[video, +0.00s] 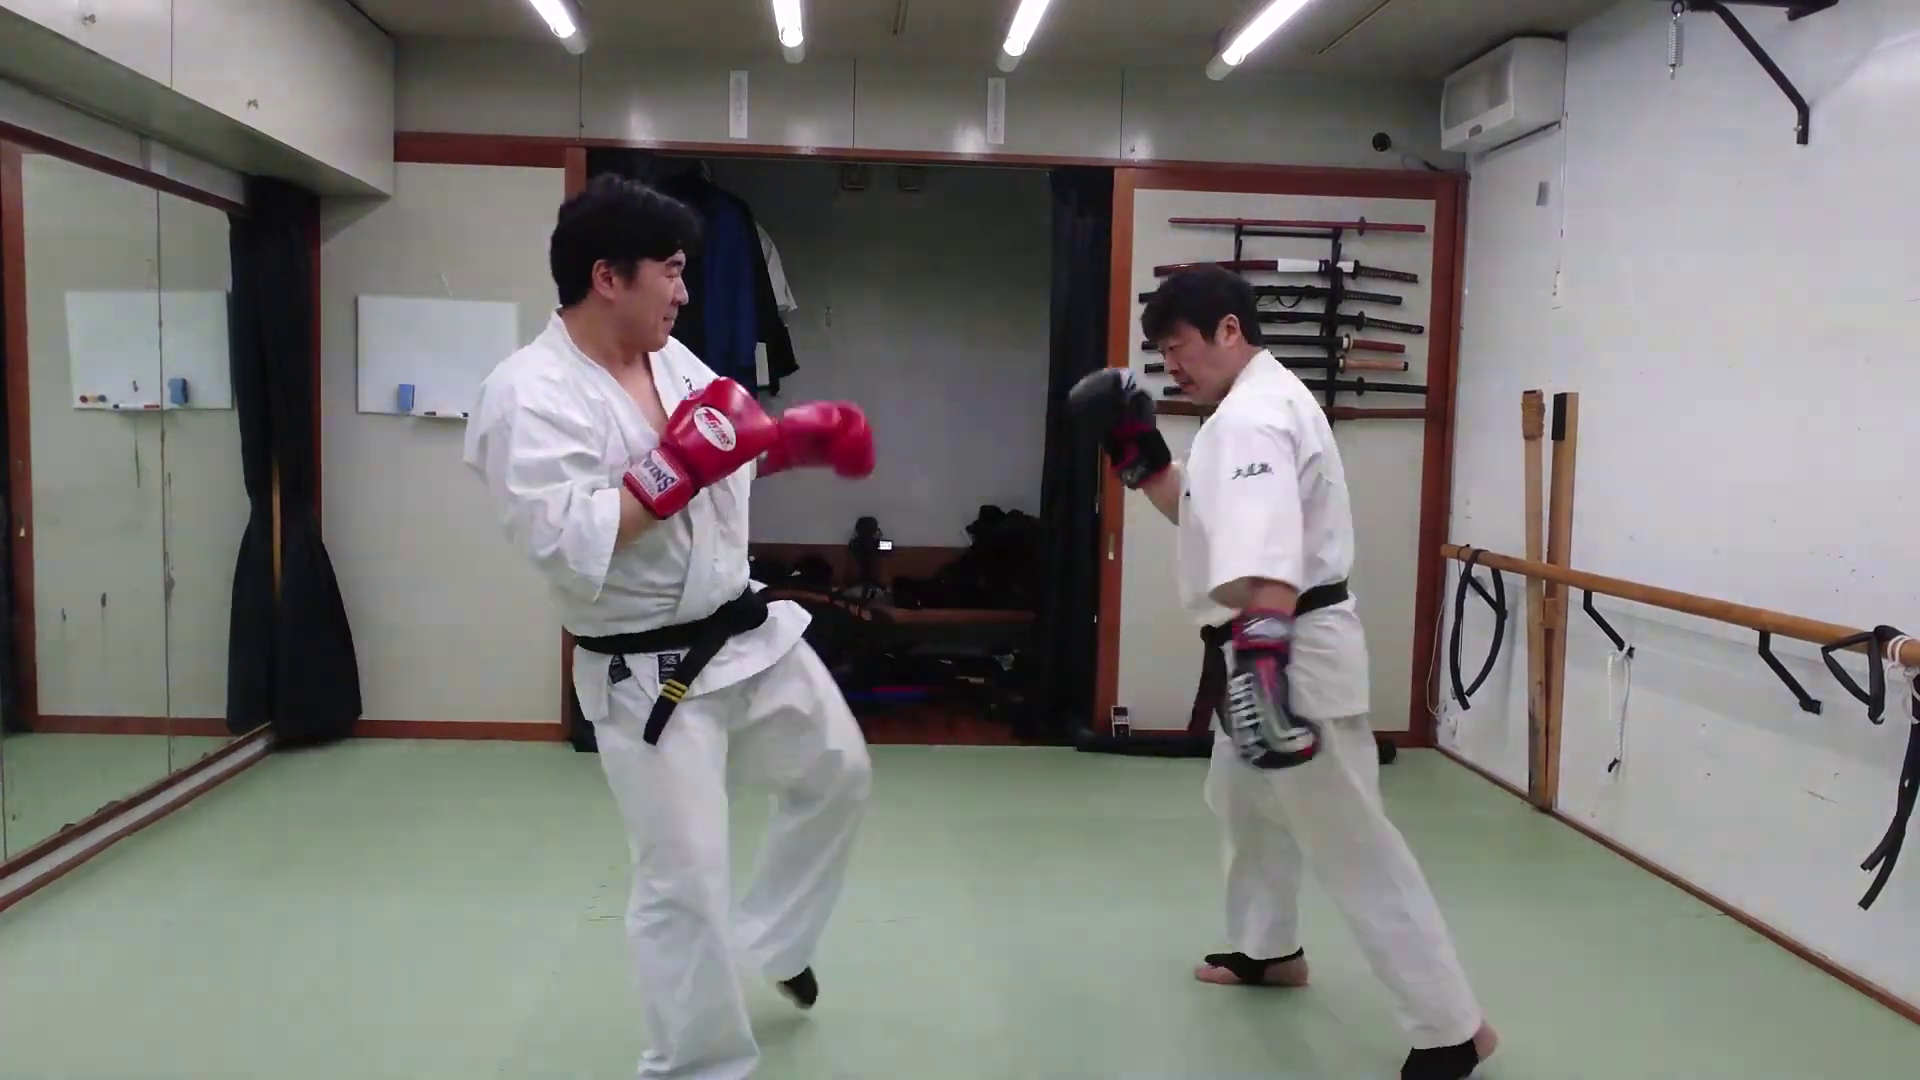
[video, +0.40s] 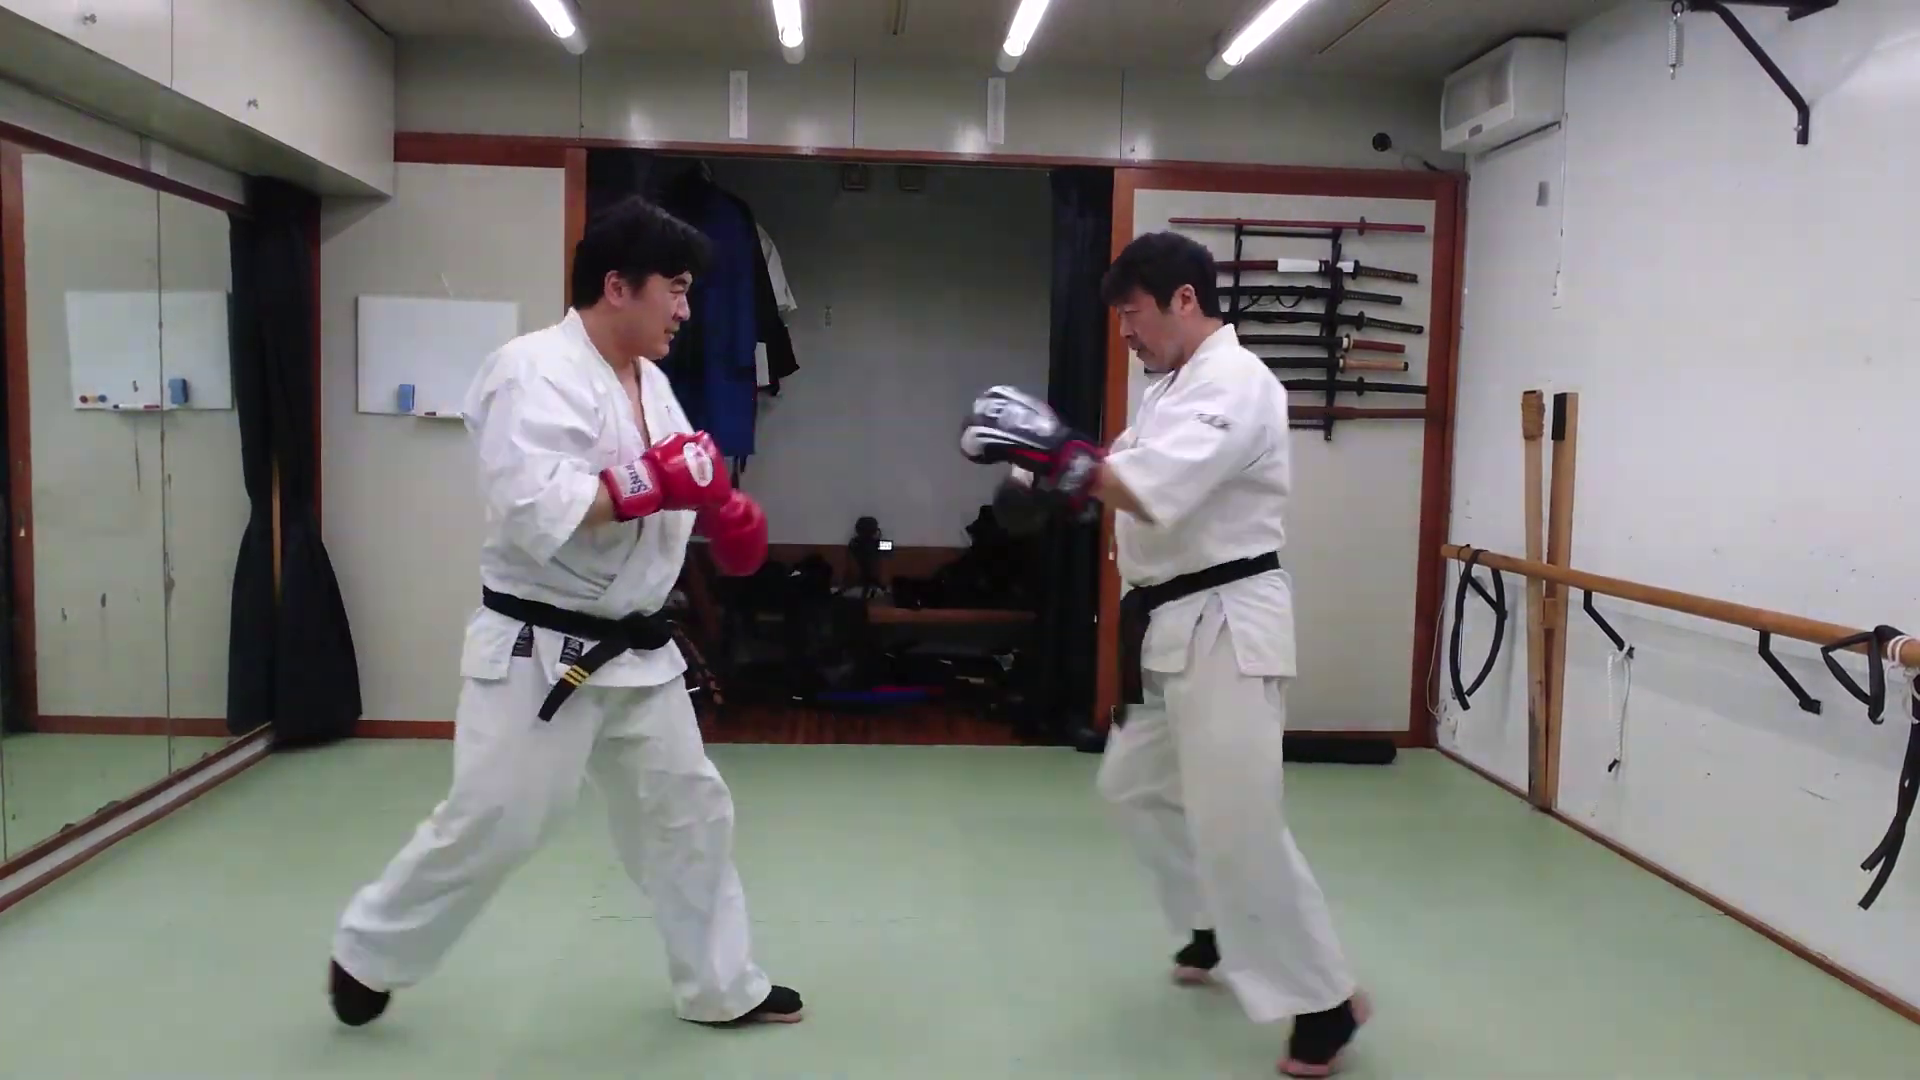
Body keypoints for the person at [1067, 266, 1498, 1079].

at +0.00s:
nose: (1168, 365)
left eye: (1176, 346)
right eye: (1161, 351)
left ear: (1228, 333)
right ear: (1225, 340)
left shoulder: (1257, 414)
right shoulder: (1241, 407)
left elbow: (1273, 557)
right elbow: (1211, 526)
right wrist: (1141, 459)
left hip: (1297, 644)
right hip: (1256, 639)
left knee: (1349, 837)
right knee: (1240, 797)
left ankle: (1451, 1027)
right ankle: (1268, 948)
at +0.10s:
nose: (1160, 350)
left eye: (1167, 331)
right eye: (1155, 335)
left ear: (1219, 315)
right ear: (1218, 322)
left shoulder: (1254, 393)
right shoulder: (1238, 394)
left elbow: (1314, 482)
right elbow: (1218, 514)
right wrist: (1143, 490)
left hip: (1273, 636)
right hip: (1245, 636)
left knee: (1277, 825)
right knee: (1247, 802)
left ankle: (1406, 1003)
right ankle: (1273, 952)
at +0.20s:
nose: (1147, 344)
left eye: (1156, 325)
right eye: (1142, 328)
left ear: (1211, 316)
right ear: (1199, 324)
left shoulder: (1269, 390)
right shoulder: (1195, 412)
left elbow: (1337, 491)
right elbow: (1154, 517)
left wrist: (1250, 479)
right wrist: (1095, 466)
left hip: (1265, 631)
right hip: (1217, 634)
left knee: (1231, 820)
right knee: (1258, 807)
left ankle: (1320, 1012)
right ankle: (1272, 953)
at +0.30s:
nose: (1143, 346)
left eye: (1149, 327)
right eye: (1135, 332)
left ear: (1201, 310)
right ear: (1172, 327)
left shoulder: (1266, 384)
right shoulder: (1168, 400)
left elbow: (1275, 496)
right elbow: (1104, 491)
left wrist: (1208, 421)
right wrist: (1067, 437)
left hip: (1249, 622)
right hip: (1192, 626)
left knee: (1211, 821)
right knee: (1237, 803)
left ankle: (1234, 1023)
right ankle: (1277, 947)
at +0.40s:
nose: (1124, 334)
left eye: (1132, 315)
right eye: (1120, 319)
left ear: (1184, 301)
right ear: (1177, 308)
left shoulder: (1232, 381)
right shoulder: (1178, 387)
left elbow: (1148, 486)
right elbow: (1132, 490)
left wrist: (1064, 451)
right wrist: (1062, 472)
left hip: (1228, 623)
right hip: (1180, 625)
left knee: (1238, 825)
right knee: (1133, 783)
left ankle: (1324, 1000)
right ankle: (1212, 929)